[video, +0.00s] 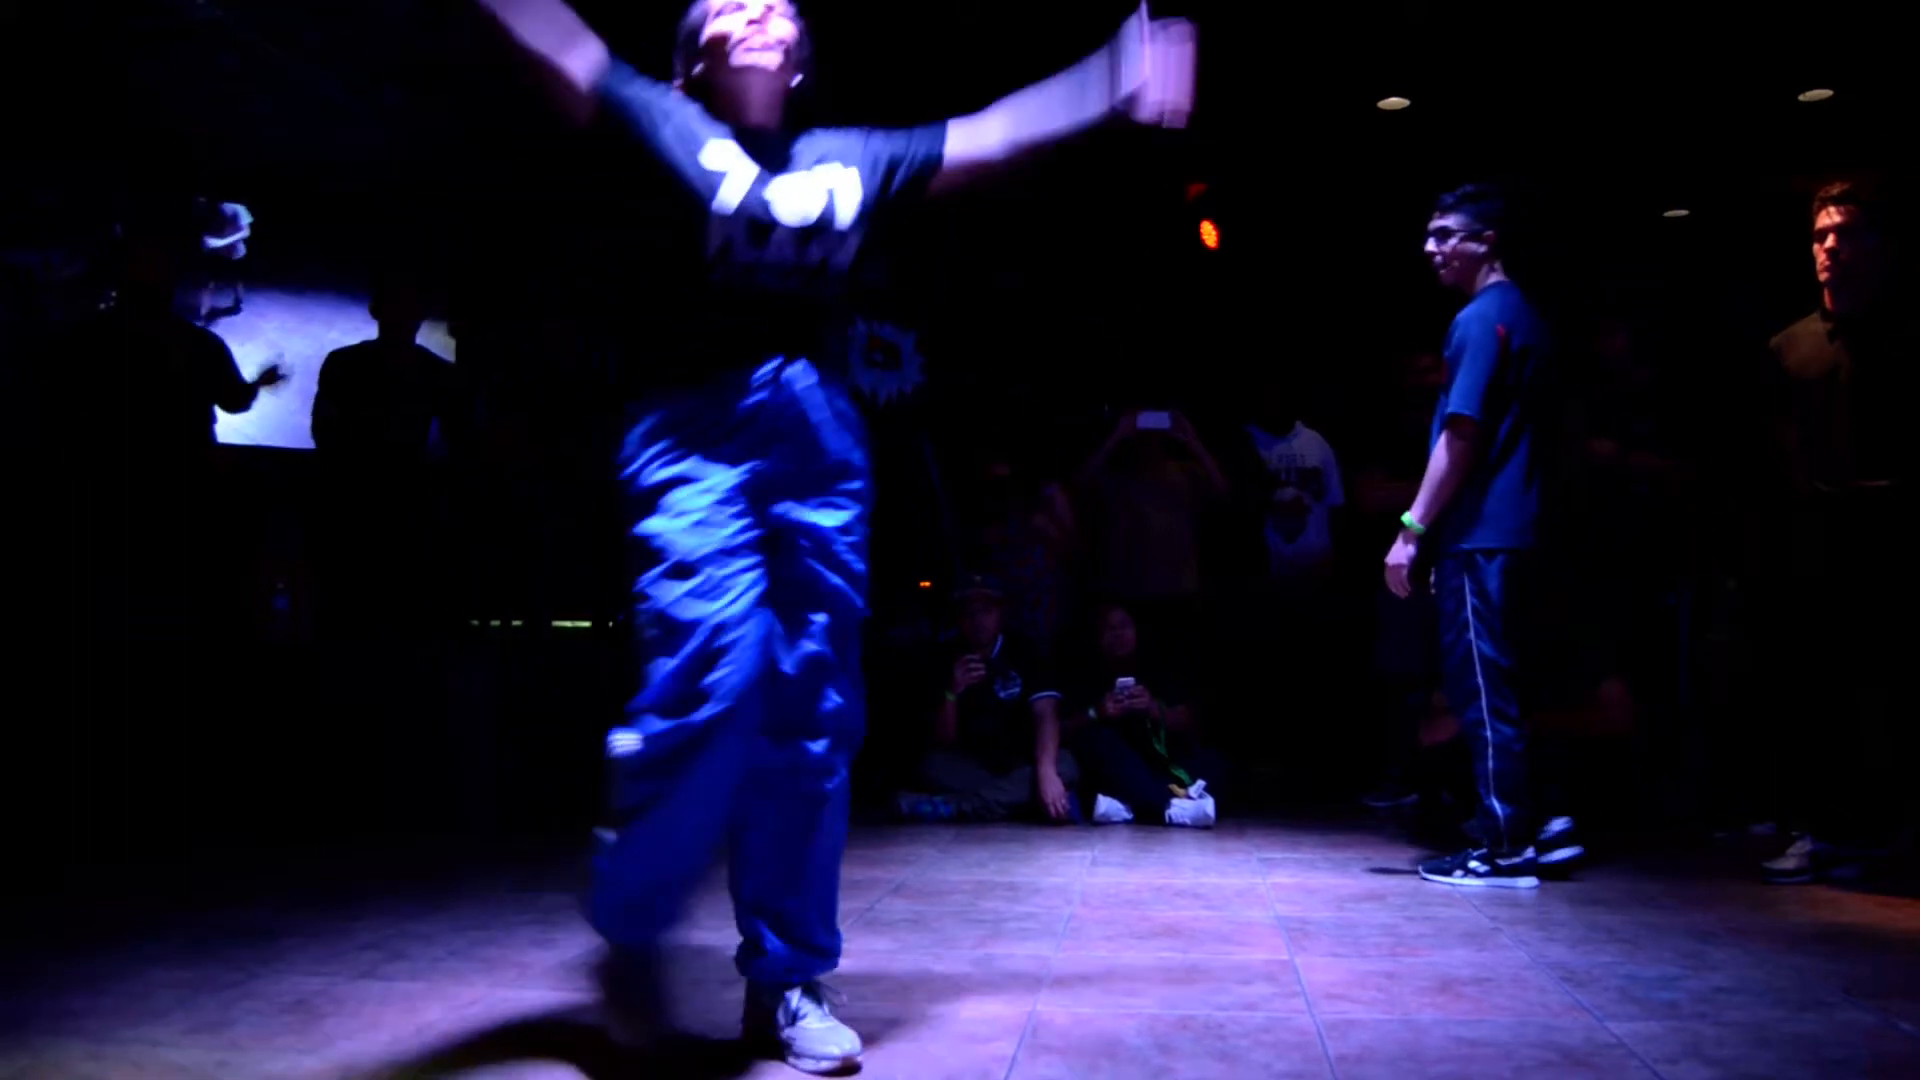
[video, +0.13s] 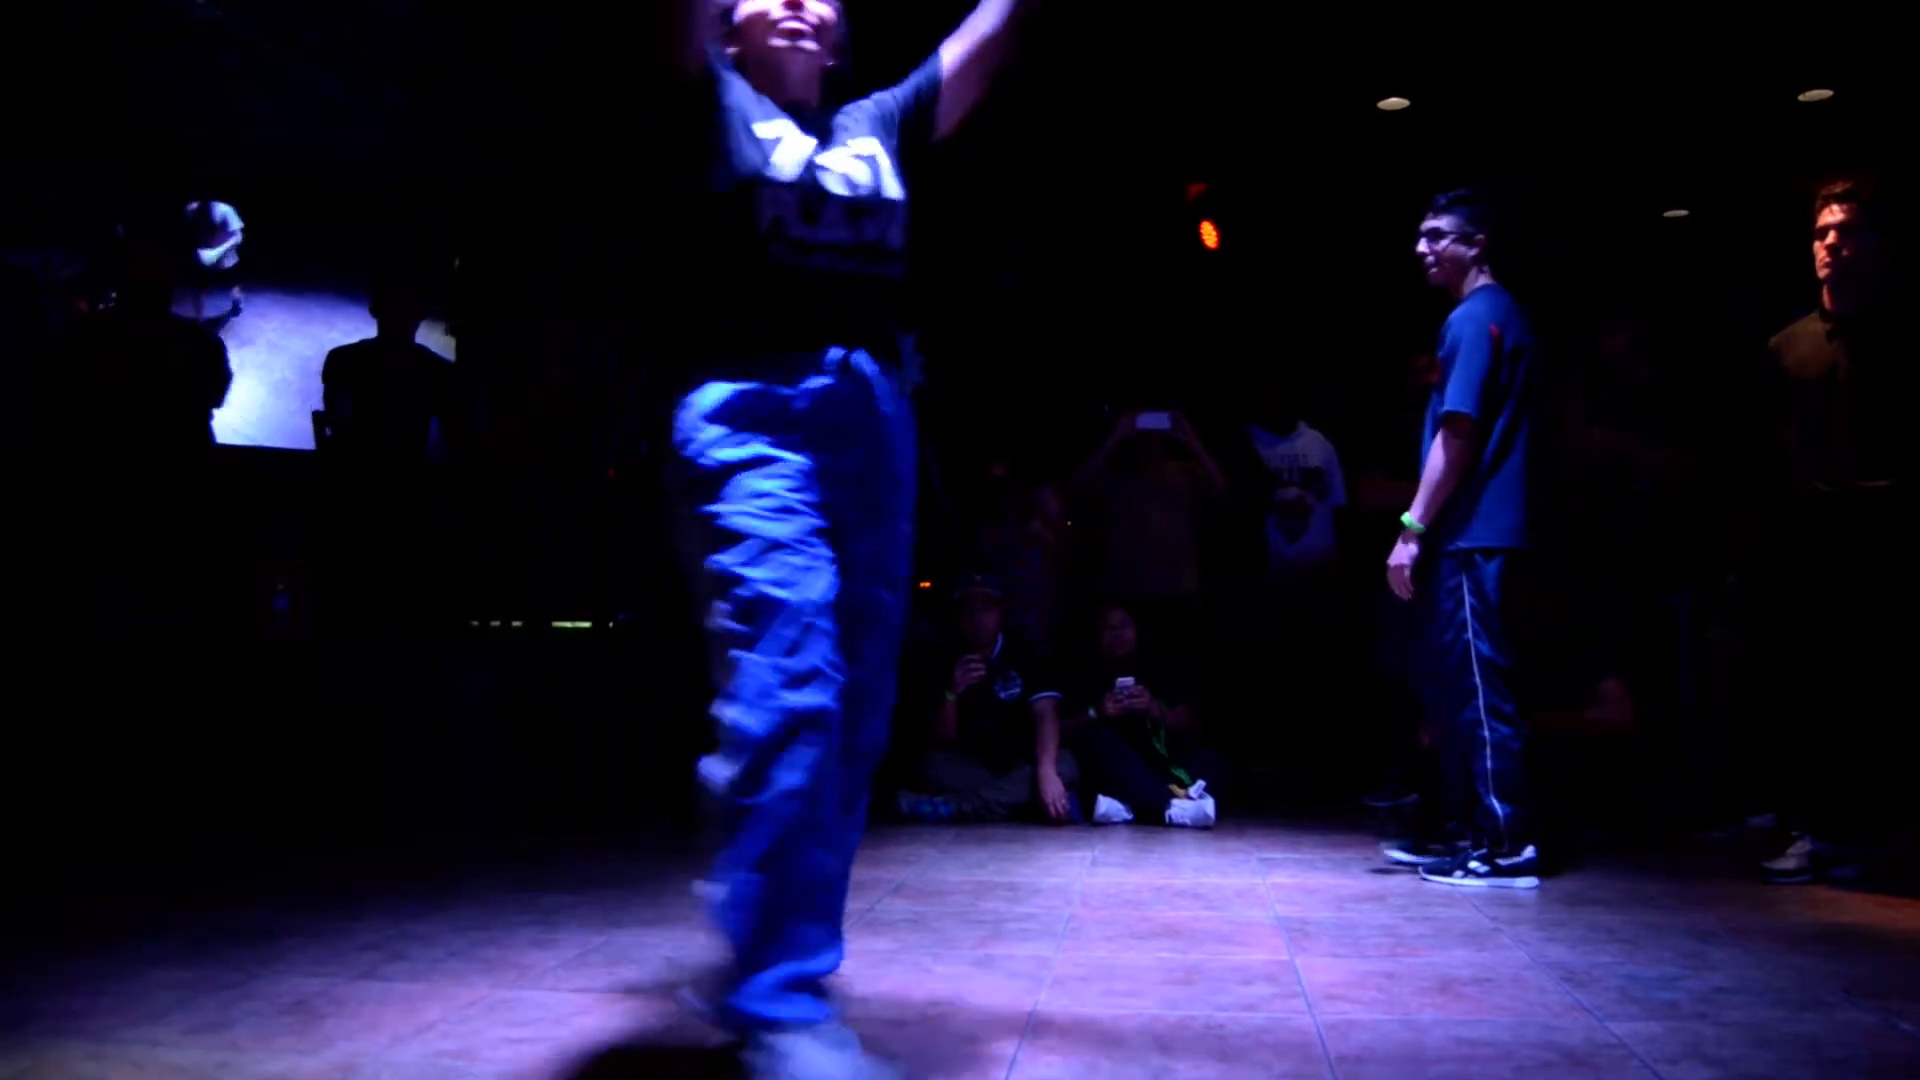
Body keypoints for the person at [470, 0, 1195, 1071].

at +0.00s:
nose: (756, 20)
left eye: (772, 11)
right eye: (734, 13)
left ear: (799, 50)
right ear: (699, 54)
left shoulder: (856, 152)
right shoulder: (657, 116)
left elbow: (992, 130)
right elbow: (541, 30)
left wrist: (1109, 80)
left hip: (821, 447)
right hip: (688, 443)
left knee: (810, 708)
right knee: (716, 672)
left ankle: (790, 978)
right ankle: (627, 935)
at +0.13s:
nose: (808, 15)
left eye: (817, 5)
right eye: (781, 6)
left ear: (836, 35)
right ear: (736, 38)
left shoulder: (880, 124)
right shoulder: (718, 109)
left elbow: (994, 23)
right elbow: (688, 24)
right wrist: (746, 13)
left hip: (870, 412)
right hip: (748, 409)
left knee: (855, 698)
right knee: (796, 674)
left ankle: (793, 980)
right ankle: (771, 994)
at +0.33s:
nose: (911, 27)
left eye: (916, 16)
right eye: (887, 13)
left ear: (918, 36)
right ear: (828, 28)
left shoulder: (942, 128)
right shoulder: (798, 118)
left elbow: (1057, 35)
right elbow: (764, 23)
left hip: (946, 429)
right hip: (842, 427)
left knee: (967, 721)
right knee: (935, 700)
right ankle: (908, 1020)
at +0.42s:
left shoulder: (971, 113)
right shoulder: (816, 104)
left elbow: (1119, 63)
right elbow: (739, 19)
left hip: (973, 441)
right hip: (863, 446)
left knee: (1052, 721)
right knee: (934, 741)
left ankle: (860, 938)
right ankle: (914, 1049)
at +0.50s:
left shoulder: (993, 104)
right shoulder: (889, 100)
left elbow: (1135, 134)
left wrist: (1279, 58)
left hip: (1009, 460)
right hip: (905, 462)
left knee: (1110, 702)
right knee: (939, 739)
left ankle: (966, 949)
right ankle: (904, 1039)